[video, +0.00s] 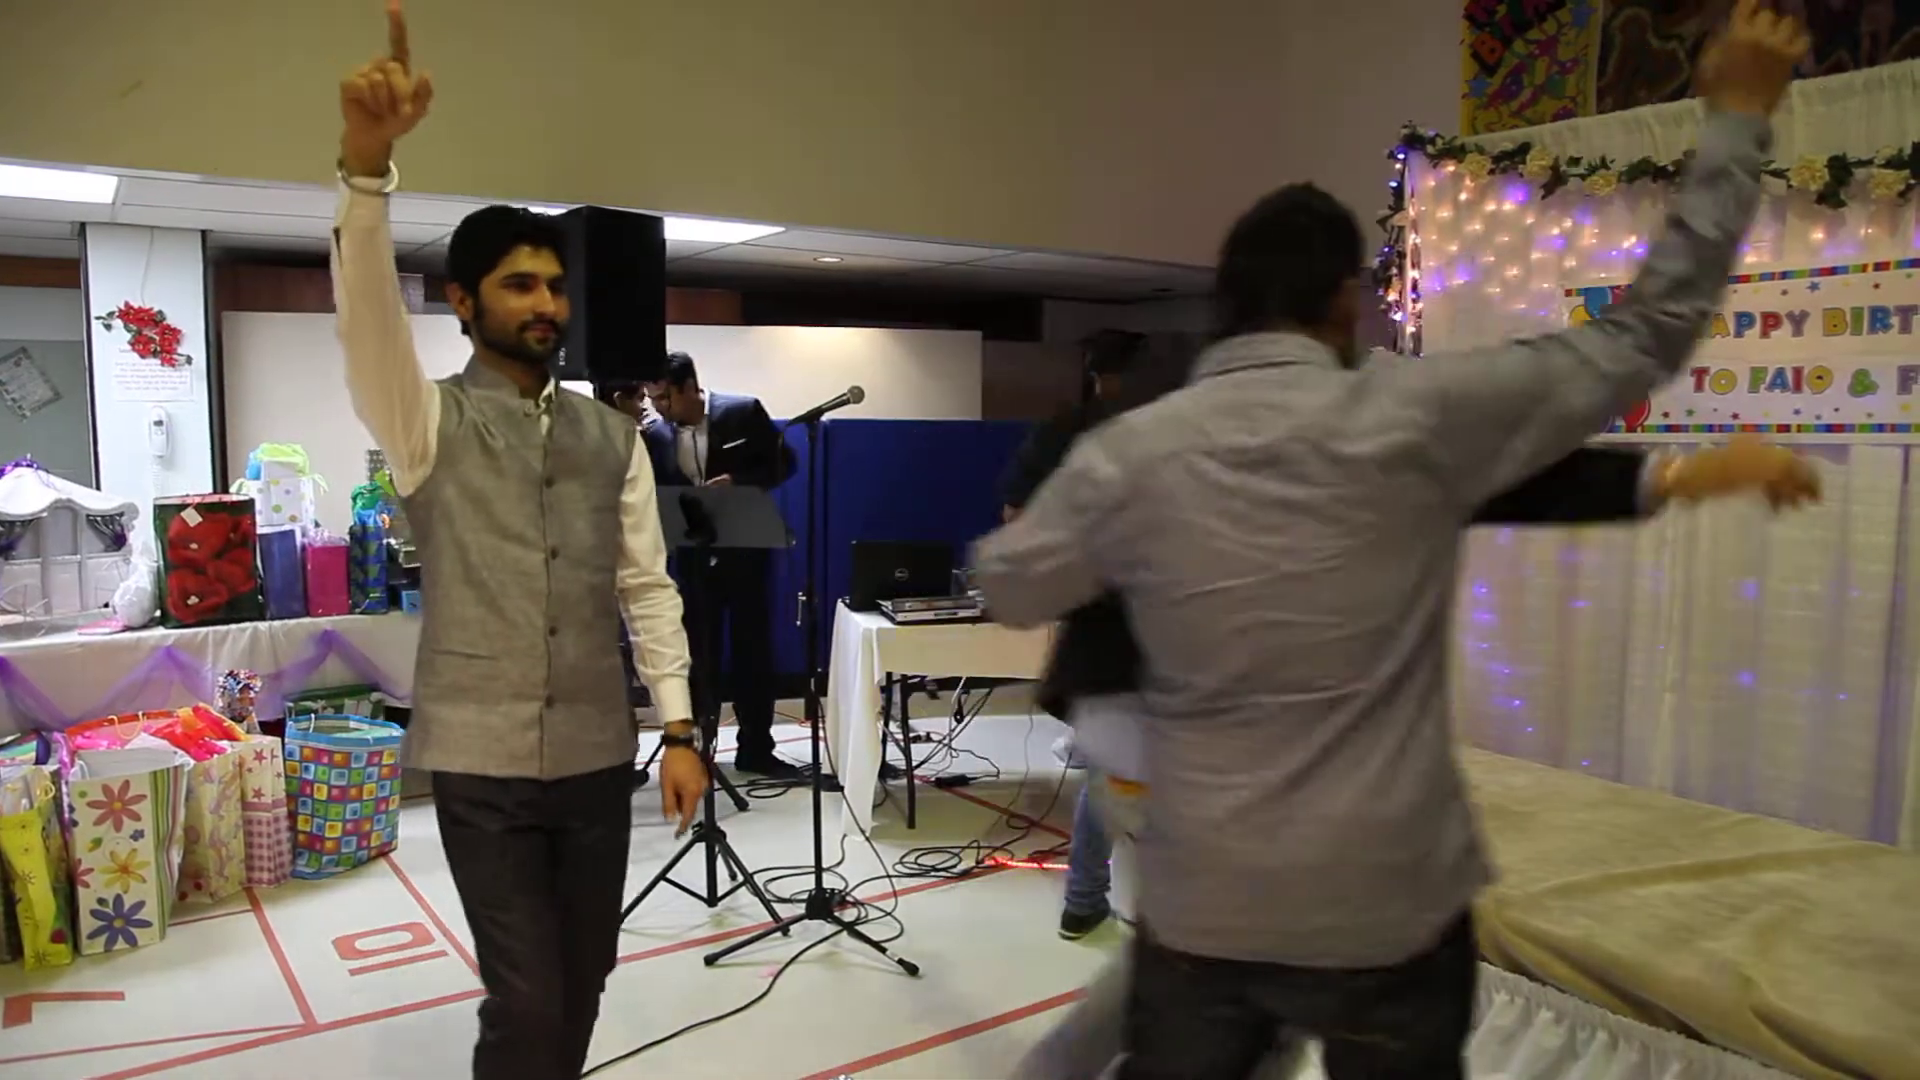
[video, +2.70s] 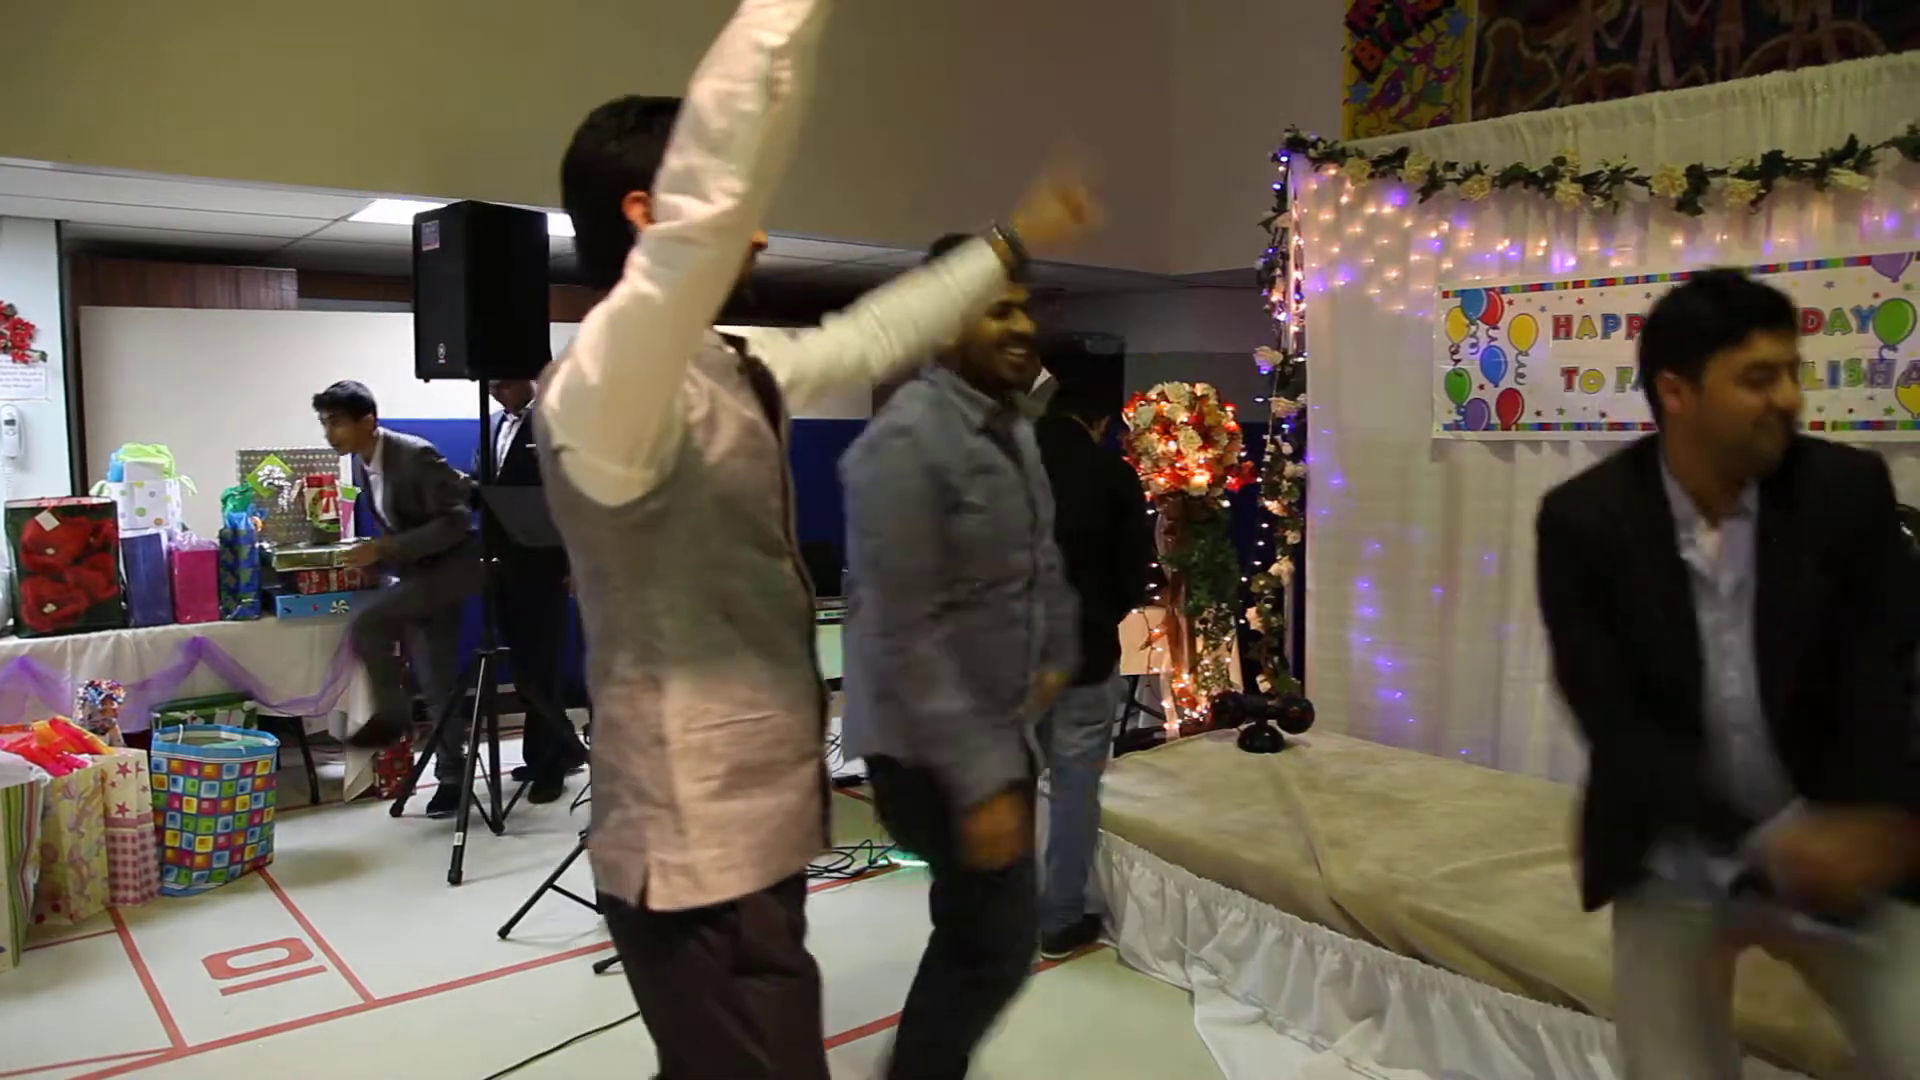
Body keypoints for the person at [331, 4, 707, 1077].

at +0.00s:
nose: (544, 305)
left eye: (555, 288)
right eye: (519, 287)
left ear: (570, 306)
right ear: (463, 305)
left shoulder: (612, 436)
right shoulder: (427, 425)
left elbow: (649, 590)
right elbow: (367, 318)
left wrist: (678, 730)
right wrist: (366, 167)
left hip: (597, 764)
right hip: (480, 766)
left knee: (574, 1004)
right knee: (531, 1011)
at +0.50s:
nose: (501, 256)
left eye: (507, 240)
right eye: (471, 238)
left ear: (515, 261)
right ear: (405, 260)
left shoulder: (546, 395)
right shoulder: (373, 387)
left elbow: (646, 483)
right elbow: (346, 259)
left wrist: (750, 558)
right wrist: (332, 79)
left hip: (554, 759)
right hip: (438, 768)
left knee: (556, 1003)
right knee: (480, 1043)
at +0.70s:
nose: (496, 261)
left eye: (504, 244)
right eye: (465, 239)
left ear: (511, 265)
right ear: (400, 256)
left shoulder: (525, 404)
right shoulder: (367, 406)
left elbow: (627, 420)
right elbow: (363, 256)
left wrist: (742, 416)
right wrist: (381, 64)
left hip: (553, 799)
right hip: (437, 821)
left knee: (618, 1043)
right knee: (506, 1069)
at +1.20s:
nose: (516, 259)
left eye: (511, 235)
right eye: (489, 235)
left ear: (409, 246)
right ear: (399, 243)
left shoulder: (492, 381)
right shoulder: (373, 413)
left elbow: (577, 327)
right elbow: (433, 242)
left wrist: (664, 240)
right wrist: (495, 24)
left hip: (553, 817)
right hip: (461, 844)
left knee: (628, 1058)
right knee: (488, 1074)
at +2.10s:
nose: (616, 262)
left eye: (608, 238)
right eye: (589, 239)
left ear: (582, 252)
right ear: (513, 256)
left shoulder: (587, 384)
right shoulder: (461, 418)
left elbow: (692, 322)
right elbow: (500, 249)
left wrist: (790, 207)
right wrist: (563, 29)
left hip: (635, 820)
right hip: (563, 849)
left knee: (686, 1063)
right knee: (661, 1070)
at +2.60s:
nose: (731, 218)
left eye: (723, 196)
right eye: (698, 201)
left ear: (688, 221)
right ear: (621, 217)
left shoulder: (717, 361)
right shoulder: (581, 396)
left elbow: (837, 297)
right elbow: (664, 197)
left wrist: (954, 187)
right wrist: (737, 1)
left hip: (739, 827)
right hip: (668, 850)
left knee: (709, 1065)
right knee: (757, 1069)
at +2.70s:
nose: (756, 222)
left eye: (747, 196)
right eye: (725, 200)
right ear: (645, 213)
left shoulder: (735, 365)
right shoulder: (602, 394)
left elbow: (868, 343)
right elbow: (704, 204)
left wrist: (1012, 241)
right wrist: (778, 7)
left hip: (760, 833)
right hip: (689, 858)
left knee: (773, 1055)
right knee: (752, 1066)